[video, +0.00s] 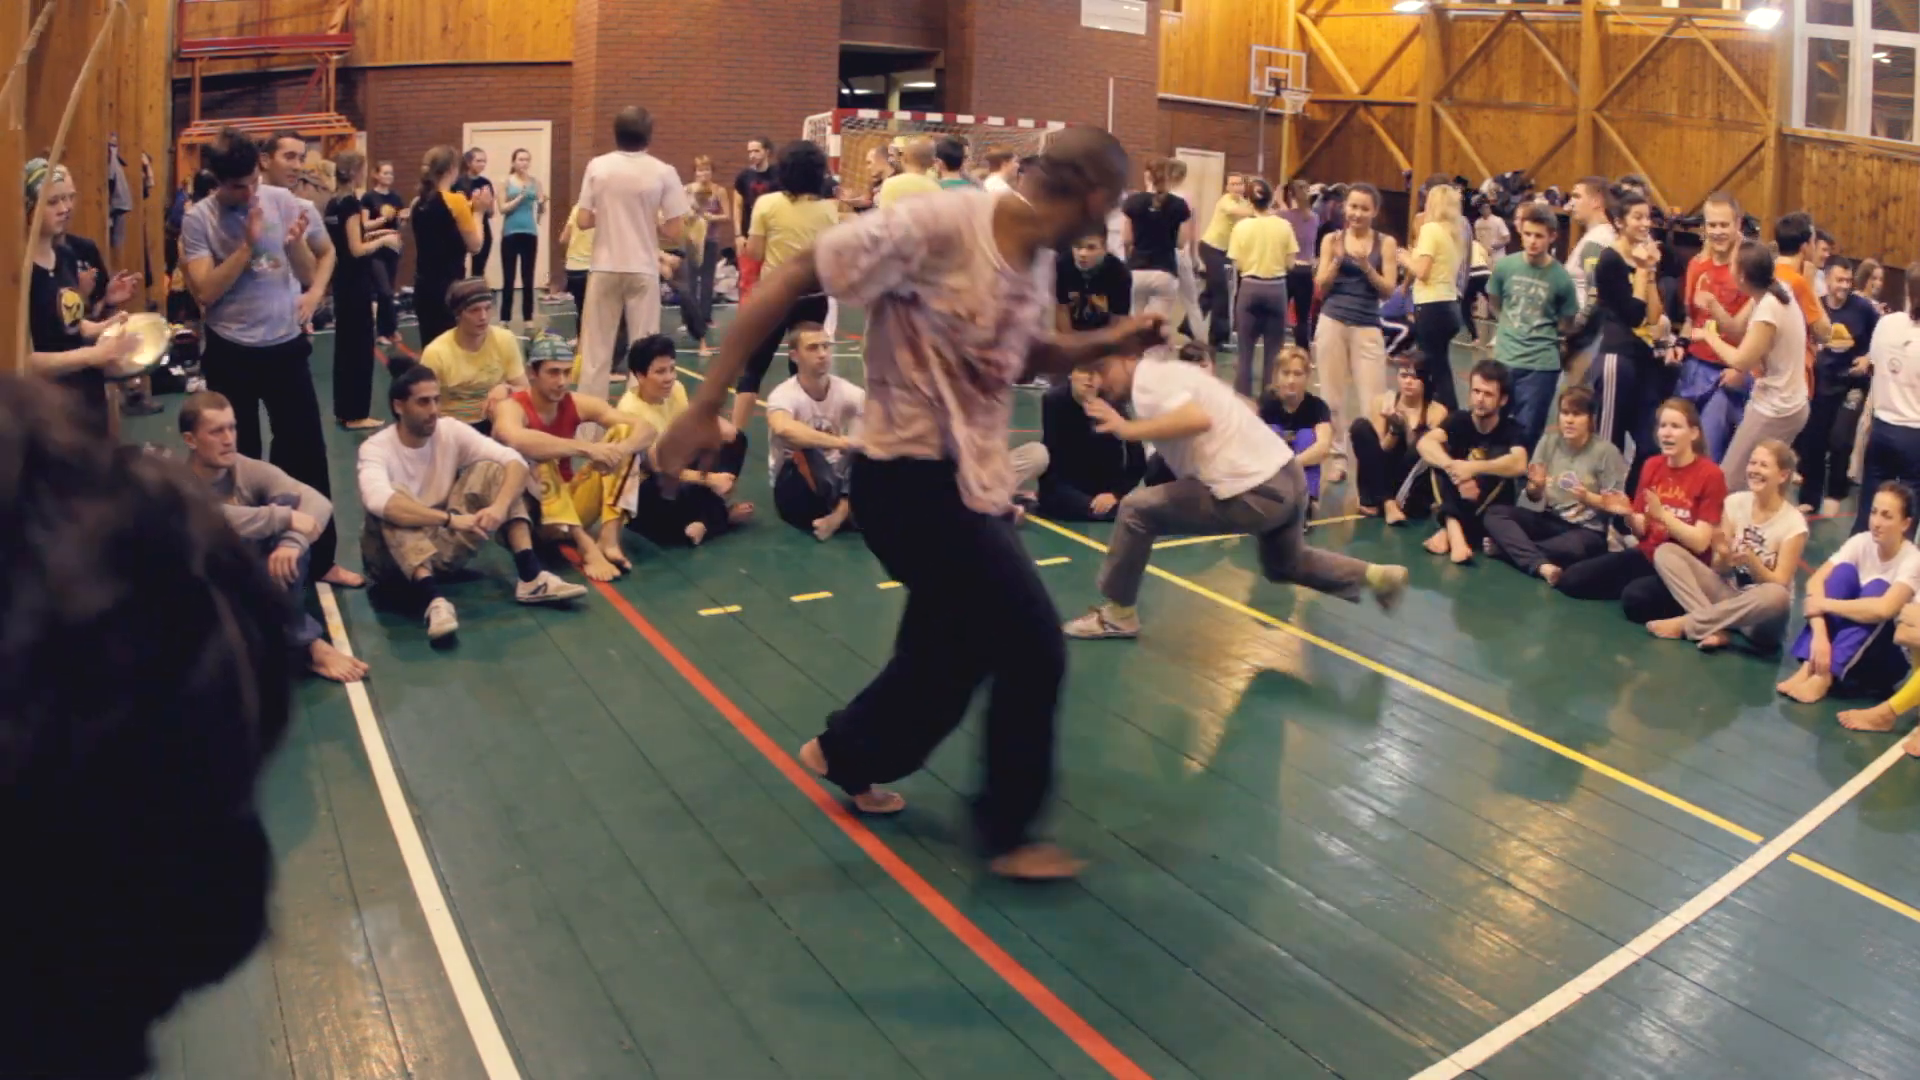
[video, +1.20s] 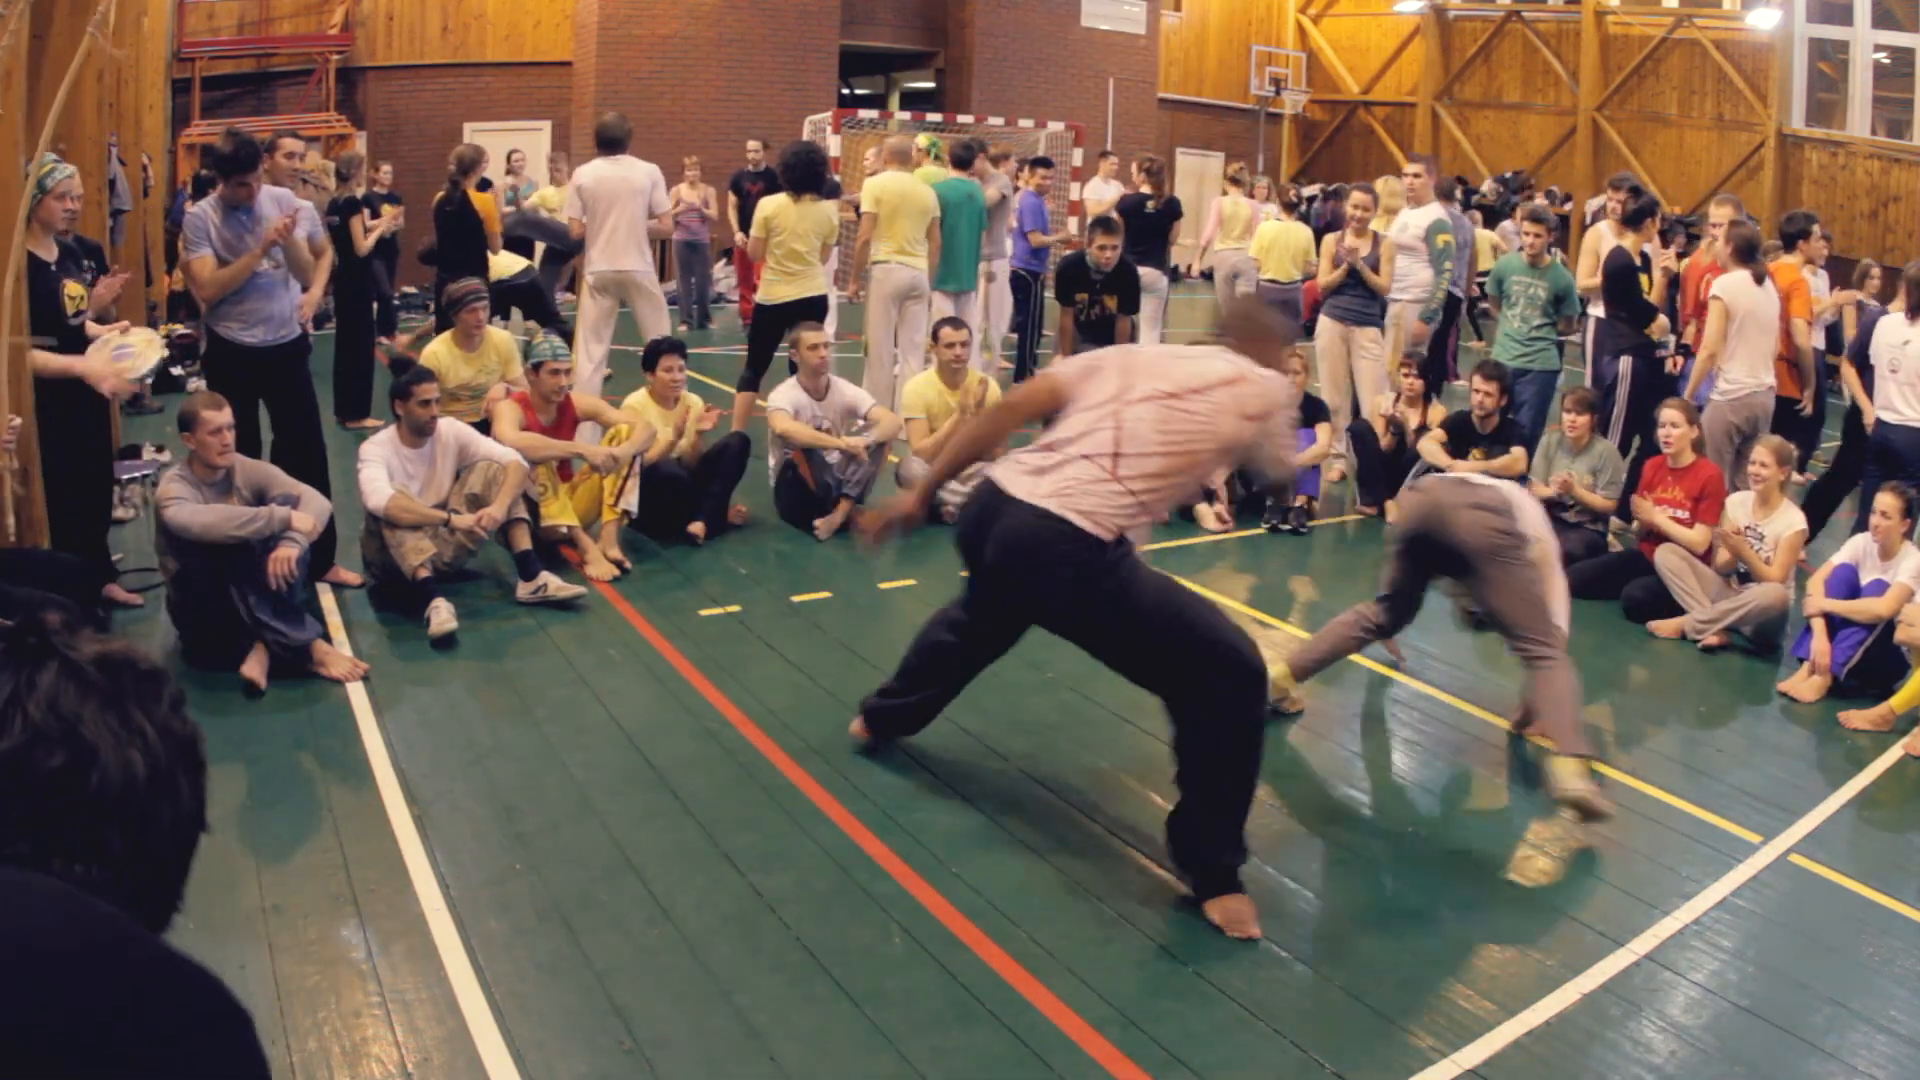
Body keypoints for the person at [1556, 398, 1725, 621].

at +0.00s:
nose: (1666, 433)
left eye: (1675, 426)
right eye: (1662, 426)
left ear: (1694, 433)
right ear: (1656, 430)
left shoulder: (1711, 475)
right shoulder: (1652, 465)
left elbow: (1700, 542)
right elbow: (1641, 529)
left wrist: (1662, 515)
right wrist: (1627, 511)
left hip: (1683, 566)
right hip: (1646, 555)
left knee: (1635, 600)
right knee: (1570, 582)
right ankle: (1636, 581)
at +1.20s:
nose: (1666, 433)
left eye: (1675, 426)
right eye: (1661, 426)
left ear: (1694, 431)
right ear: (1656, 430)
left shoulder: (1710, 475)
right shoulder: (1652, 466)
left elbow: (1699, 544)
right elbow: (1637, 530)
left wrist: (1654, 517)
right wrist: (1645, 517)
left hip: (1682, 565)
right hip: (1645, 555)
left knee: (1635, 600)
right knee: (1572, 580)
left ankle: (1692, 603)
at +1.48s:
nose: (1664, 433)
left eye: (1673, 426)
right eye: (1659, 426)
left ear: (1689, 431)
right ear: (1653, 431)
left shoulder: (1708, 474)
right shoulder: (1648, 467)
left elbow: (1698, 538)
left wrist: (1652, 517)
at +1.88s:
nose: (1665, 434)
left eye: (1674, 426)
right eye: (1660, 426)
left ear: (1690, 431)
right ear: (1653, 431)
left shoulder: (1709, 474)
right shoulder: (1647, 468)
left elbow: (1699, 541)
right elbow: (1631, 519)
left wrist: (1654, 521)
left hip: (1693, 564)